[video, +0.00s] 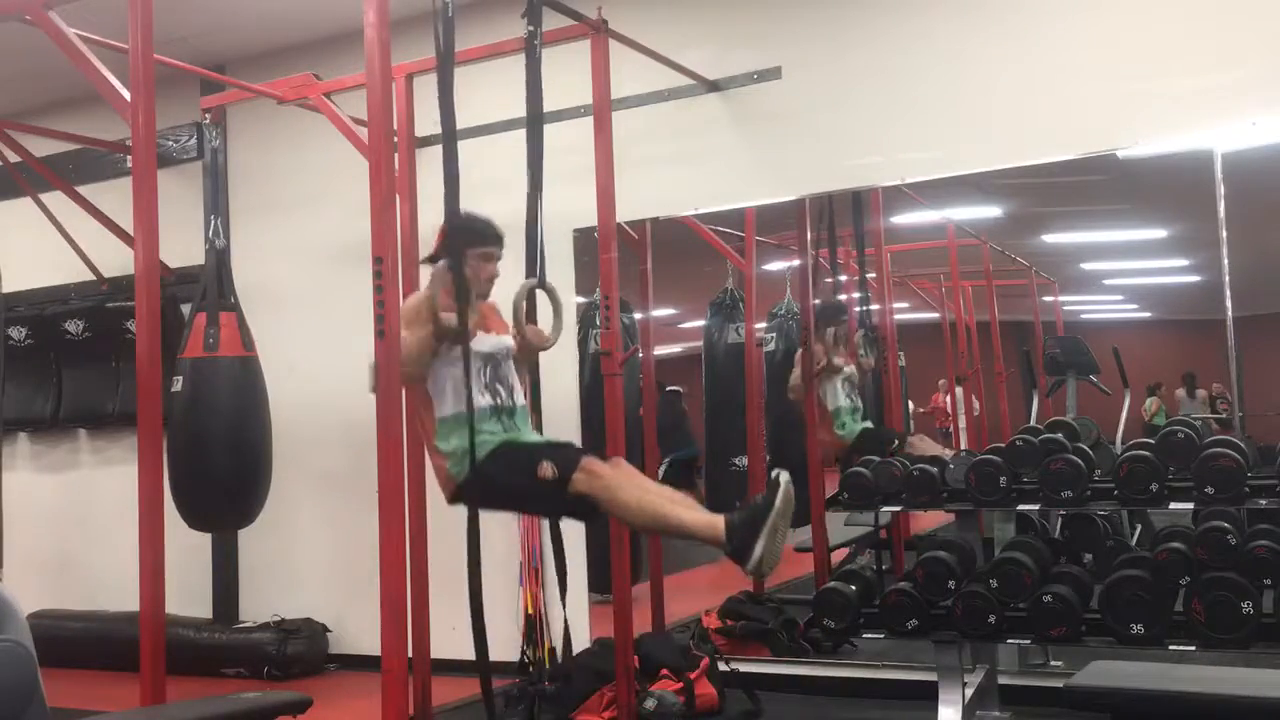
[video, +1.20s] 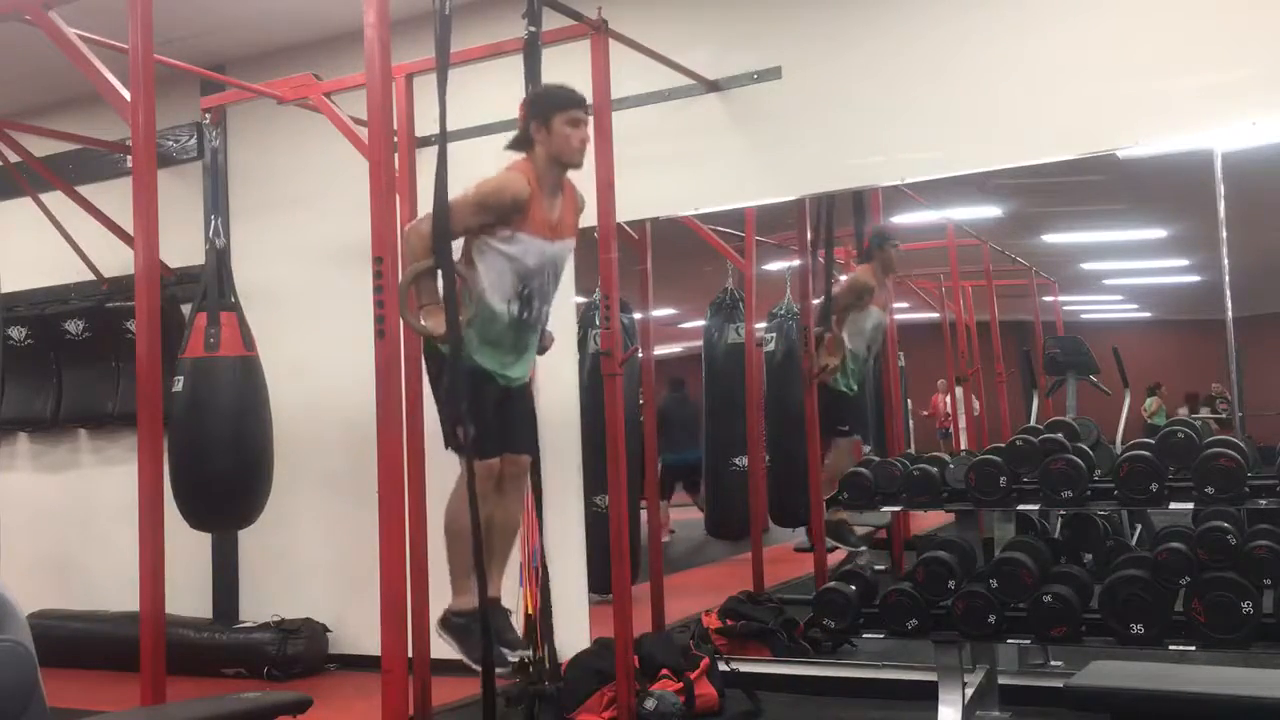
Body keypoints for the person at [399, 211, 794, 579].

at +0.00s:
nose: (494, 271)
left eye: (497, 261)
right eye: (483, 261)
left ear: (494, 262)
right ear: (452, 262)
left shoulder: (489, 311)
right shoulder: (422, 307)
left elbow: (518, 385)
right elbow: (401, 369)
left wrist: (530, 354)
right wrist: (440, 333)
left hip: (514, 445)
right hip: (472, 458)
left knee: (618, 470)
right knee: (592, 475)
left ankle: (740, 539)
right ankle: (728, 533)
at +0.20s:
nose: (538, 251)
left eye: (540, 240)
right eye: (530, 238)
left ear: (519, 240)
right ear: (492, 233)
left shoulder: (518, 290)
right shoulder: (443, 277)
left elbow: (520, 334)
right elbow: (354, 304)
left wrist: (529, 340)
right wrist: (421, 321)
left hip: (500, 418)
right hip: (451, 424)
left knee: (600, 448)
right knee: (580, 455)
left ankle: (707, 523)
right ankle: (705, 523)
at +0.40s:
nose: (576, 265)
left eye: (580, 255)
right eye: (568, 252)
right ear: (532, 247)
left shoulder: (546, 298)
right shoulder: (480, 274)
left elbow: (545, 334)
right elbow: (404, 267)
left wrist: (547, 342)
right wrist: (426, 318)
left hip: (487, 411)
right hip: (438, 411)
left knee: (573, 471)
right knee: (549, 475)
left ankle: (659, 572)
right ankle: (652, 577)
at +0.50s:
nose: (592, 269)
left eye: (594, 257)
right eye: (583, 256)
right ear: (547, 253)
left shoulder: (559, 296)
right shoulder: (492, 276)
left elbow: (549, 323)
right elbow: (408, 243)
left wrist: (554, 338)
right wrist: (422, 312)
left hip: (492, 416)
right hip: (439, 414)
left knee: (562, 494)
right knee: (532, 499)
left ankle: (621, 622)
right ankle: (617, 622)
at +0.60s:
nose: (603, 266)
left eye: (605, 255)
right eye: (593, 253)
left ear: (568, 257)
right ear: (557, 254)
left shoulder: (572, 301)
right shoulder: (503, 279)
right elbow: (422, 236)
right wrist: (416, 303)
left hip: (498, 421)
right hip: (442, 415)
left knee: (548, 519)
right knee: (518, 520)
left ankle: (584, 653)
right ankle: (570, 656)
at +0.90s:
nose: (605, 209)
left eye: (606, 198)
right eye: (594, 198)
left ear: (596, 207)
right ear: (557, 204)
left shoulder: (582, 262)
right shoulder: (514, 249)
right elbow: (421, 230)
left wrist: (540, 330)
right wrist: (418, 309)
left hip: (513, 398)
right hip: (455, 391)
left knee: (525, 509)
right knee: (491, 510)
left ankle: (510, 649)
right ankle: (488, 657)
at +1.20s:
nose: (585, 135)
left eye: (586, 125)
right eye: (573, 125)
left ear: (580, 135)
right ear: (536, 129)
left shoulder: (569, 197)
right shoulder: (507, 190)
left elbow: (532, 266)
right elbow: (414, 235)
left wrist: (535, 326)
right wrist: (425, 308)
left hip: (513, 353)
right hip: (466, 346)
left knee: (514, 468)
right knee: (483, 468)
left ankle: (490, 603)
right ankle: (461, 609)